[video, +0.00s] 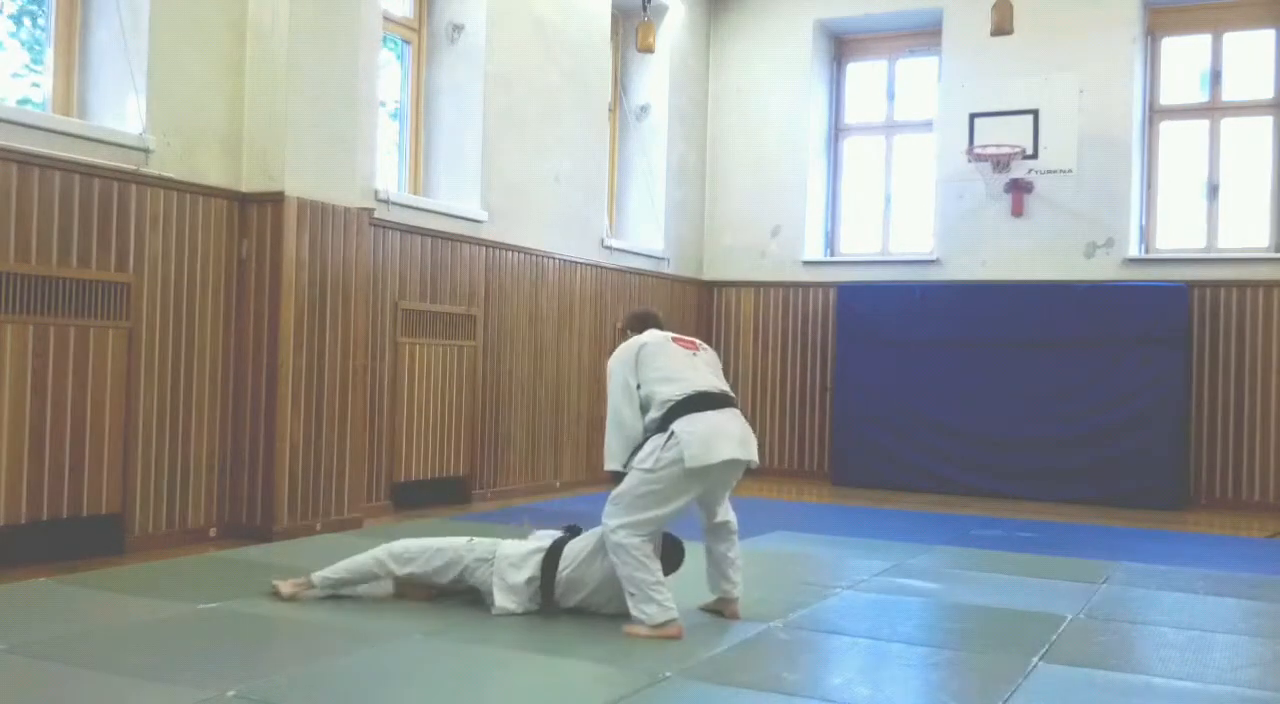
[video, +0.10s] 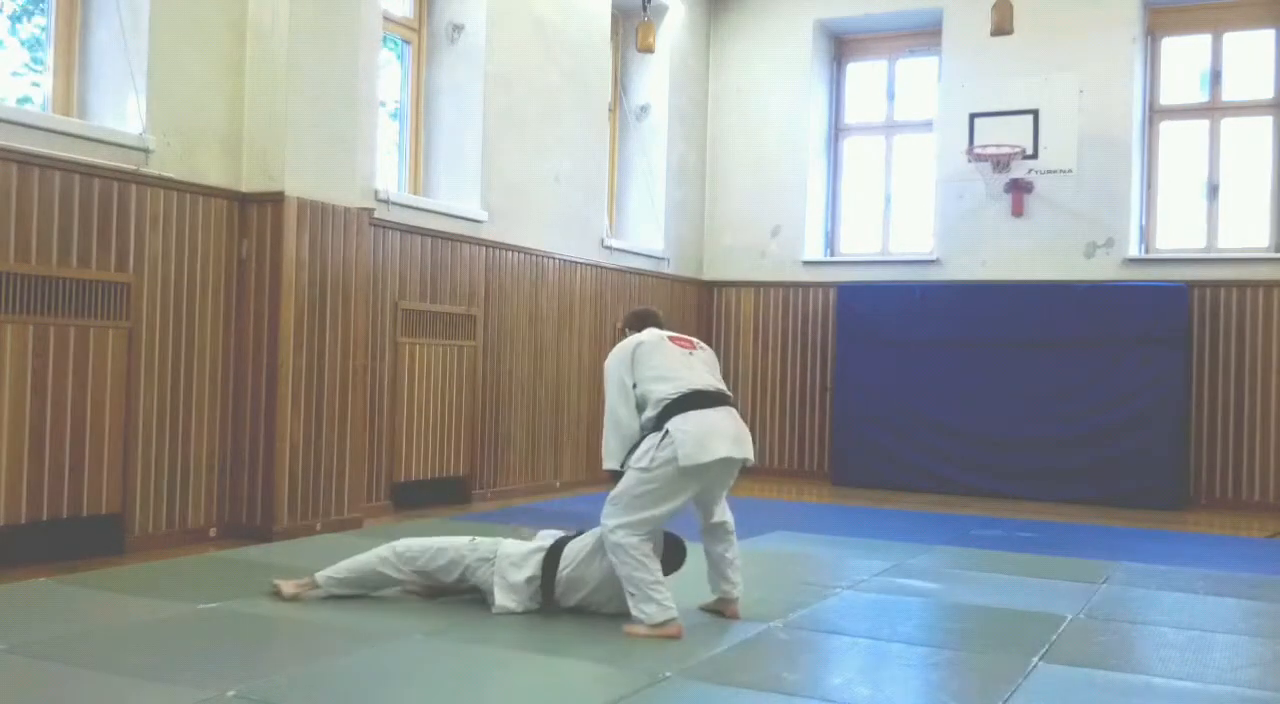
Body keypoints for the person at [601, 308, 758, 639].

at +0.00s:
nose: (619, 341)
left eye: (620, 336)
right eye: (619, 336)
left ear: (628, 333)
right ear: (660, 329)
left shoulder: (627, 350)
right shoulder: (698, 345)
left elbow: (624, 416)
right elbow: (719, 394)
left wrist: (618, 474)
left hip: (688, 438)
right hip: (737, 433)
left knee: (621, 521)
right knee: (716, 505)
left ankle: (658, 618)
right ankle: (728, 598)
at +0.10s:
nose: (618, 340)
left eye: (619, 335)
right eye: (618, 335)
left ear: (627, 332)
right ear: (661, 328)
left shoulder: (624, 349)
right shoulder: (697, 344)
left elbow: (621, 416)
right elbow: (716, 393)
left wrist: (616, 472)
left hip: (684, 435)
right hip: (733, 432)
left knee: (621, 522)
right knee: (714, 505)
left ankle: (658, 617)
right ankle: (728, 598)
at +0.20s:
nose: (619, 338)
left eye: (620, 333)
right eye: (620, 333)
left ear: (627, 331)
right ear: (660, 327)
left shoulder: (622, 348)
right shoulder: (696, 344)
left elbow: (618, 412)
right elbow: (714, 392)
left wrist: (614, 468)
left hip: (679, 433)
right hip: (730, 430)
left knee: (620, 523)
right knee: (712, 505)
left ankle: (658, 616)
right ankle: (728, 598)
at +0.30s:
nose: (618, 336)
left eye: (619, 331)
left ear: (624, 328)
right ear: (657, 324)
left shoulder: (619, 345)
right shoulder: (692, 341)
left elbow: (616, 413)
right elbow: (710, 391)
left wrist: (616, 469)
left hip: (676, 431)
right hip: (726, 427)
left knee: (618, 521)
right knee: (711, 505)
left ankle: (657, 614)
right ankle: (727, 598)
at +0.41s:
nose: (619, 326)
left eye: (620, 322)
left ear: (624, 319)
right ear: (657, 317)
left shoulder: (617, 336)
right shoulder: (691, 335)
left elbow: (611, 399)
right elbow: (707, 386)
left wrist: (614, 452)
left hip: (671, 426)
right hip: (721, 422)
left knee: (616, 520)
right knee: (708, 502)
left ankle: (656, 613)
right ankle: (727, 597)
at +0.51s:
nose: (618, 314)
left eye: (618, 310)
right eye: (620, 310)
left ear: (624, 306)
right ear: (656, 304)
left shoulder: (618, 321)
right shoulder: (692, 326)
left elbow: (601, 368)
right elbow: (715, 381)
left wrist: (599, 424)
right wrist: (726, 432)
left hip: (663, 419)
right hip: (712, 417)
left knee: (613, 515)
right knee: (704, 504)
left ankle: (651, 604)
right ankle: (727, 597)